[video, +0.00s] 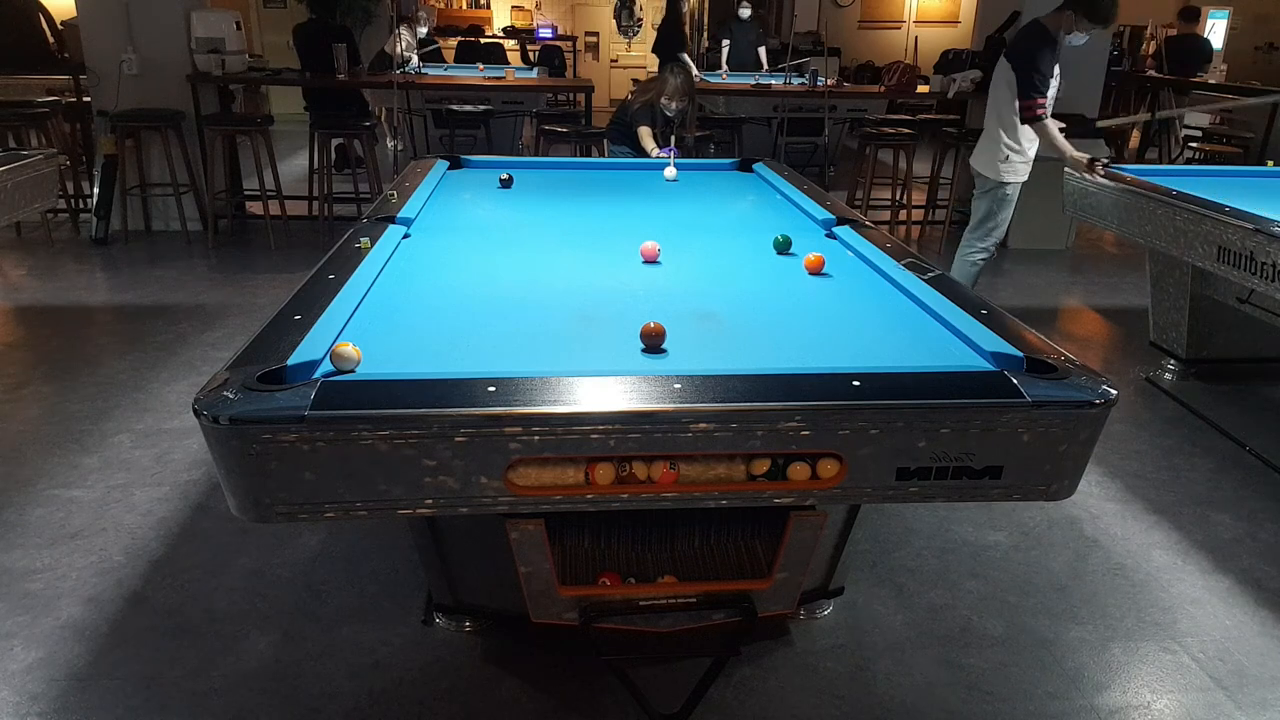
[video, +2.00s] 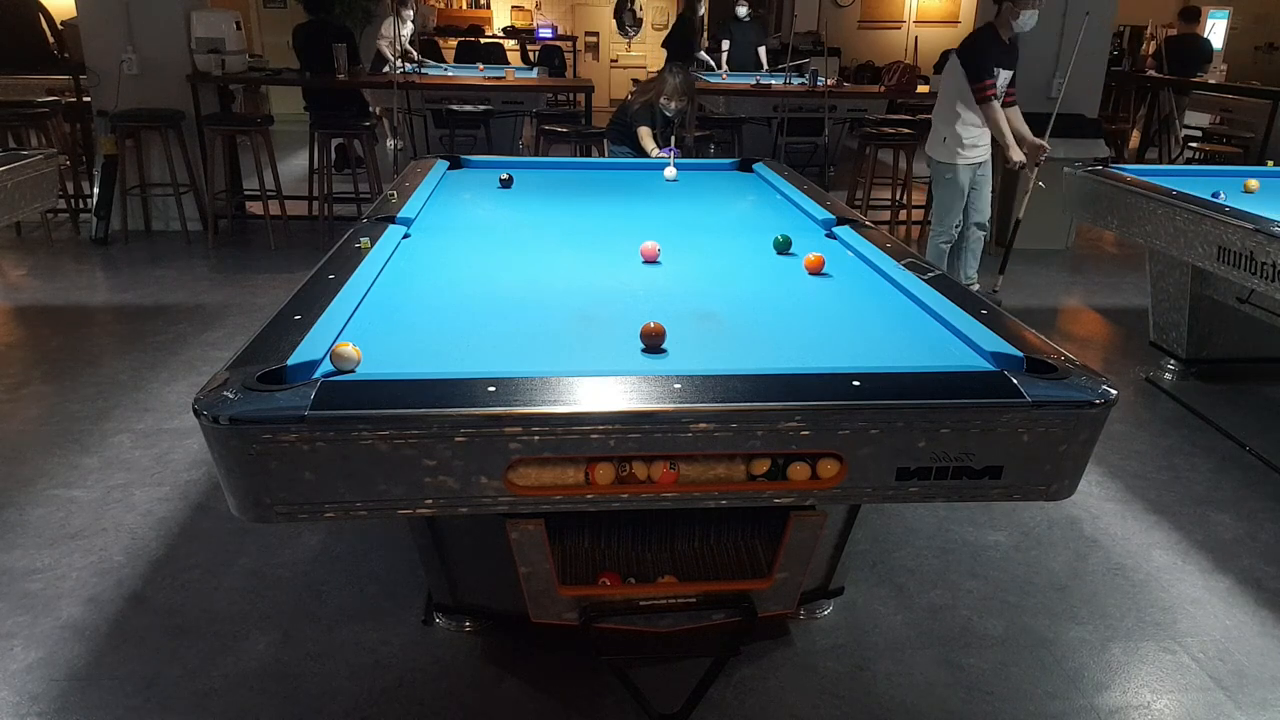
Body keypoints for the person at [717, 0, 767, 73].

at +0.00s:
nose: (744, 11)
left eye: (747, 9)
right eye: (741, 8)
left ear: (751, 11)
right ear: (737, 10)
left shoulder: (756, 26)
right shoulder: (730, 24)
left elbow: (761, 47)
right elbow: (725, 44)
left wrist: (765, 65)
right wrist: (723, 63)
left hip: (751, 67)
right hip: (734, 68)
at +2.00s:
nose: (740, 9)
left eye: (743, 6)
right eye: (738, 6)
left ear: (749, 10)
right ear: (735, 9)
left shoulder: (756, 25)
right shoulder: (729, 24)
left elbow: (761, 46)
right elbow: (725, 43)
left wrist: (765, 65)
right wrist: (723, 64)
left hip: (751, 67)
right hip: (733, 68)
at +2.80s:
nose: (746, 15)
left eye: (749, 12)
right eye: (744, 12)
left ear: (753, 12)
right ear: (739, 12)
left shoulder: (757, 26)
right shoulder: (732, 24)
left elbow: (761, 46)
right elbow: (726, 43)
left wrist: (765, 66)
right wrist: (724, 63)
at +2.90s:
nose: (748, 16)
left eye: (751, 13)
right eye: (745, 13)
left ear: (754, 13)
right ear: (739, 12)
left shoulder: (756, 25)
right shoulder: (732, 25)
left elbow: (761, 46)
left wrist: (765, 66)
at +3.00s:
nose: (749, 16)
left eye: (751, 13)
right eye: (746, 13)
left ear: (755, 13)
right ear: (741, 12)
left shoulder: (757, 25)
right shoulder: (732, 24)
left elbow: (761, 46)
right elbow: (725, 44)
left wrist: (765, 65)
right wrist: (724, 63)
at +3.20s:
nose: (750, 16)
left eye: (753, 14)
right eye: (747, 14)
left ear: (756, 14)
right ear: (741, 13)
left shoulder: (758, 26)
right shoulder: (732, 25)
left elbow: (761, 46)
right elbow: (726, 44)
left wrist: (765, 66)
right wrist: (730, 63)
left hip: (754, 69)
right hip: (736, 69)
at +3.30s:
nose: (750, 17)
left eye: (753, 14)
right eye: (747, 14)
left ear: (756, 14)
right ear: (742, 13)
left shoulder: (758, 26)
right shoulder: (733, 25)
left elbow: (762, 46)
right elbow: (727, 45)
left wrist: (765, 65)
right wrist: (738, 62)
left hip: (754, 69)